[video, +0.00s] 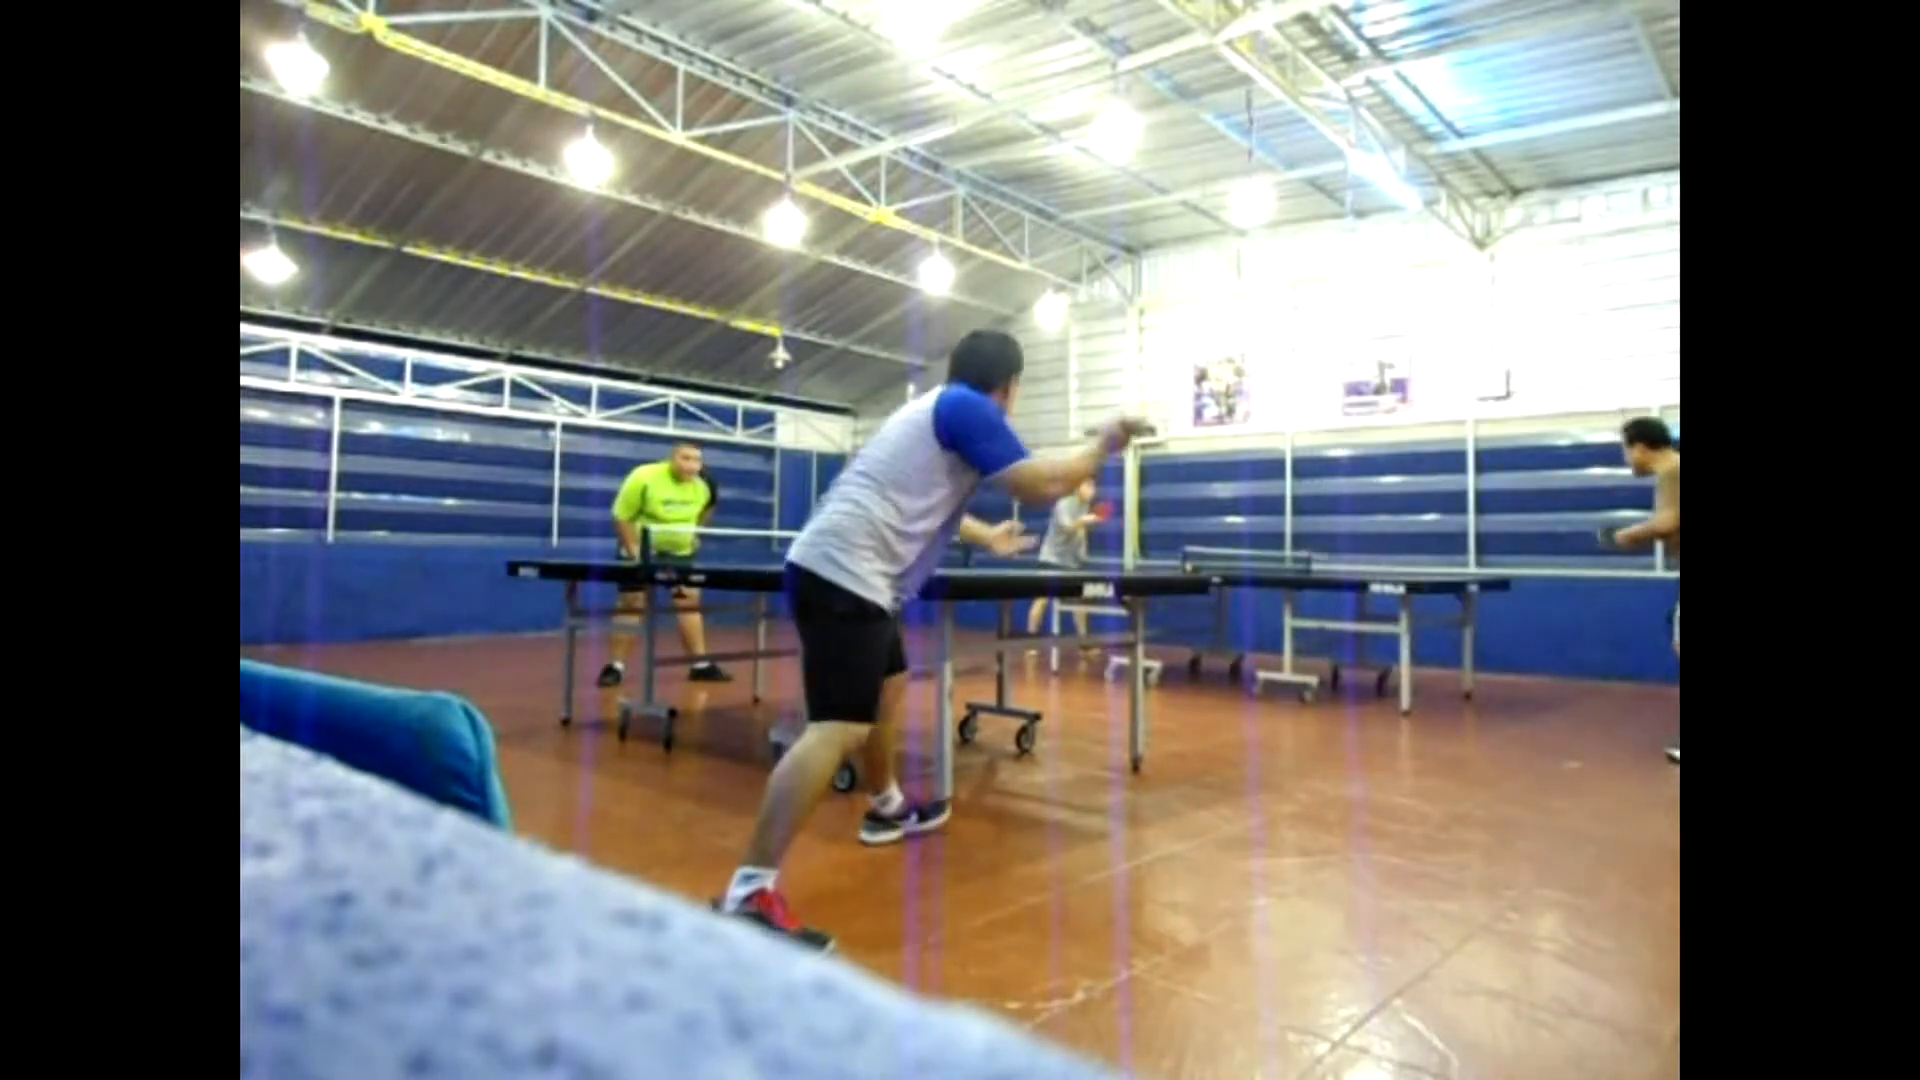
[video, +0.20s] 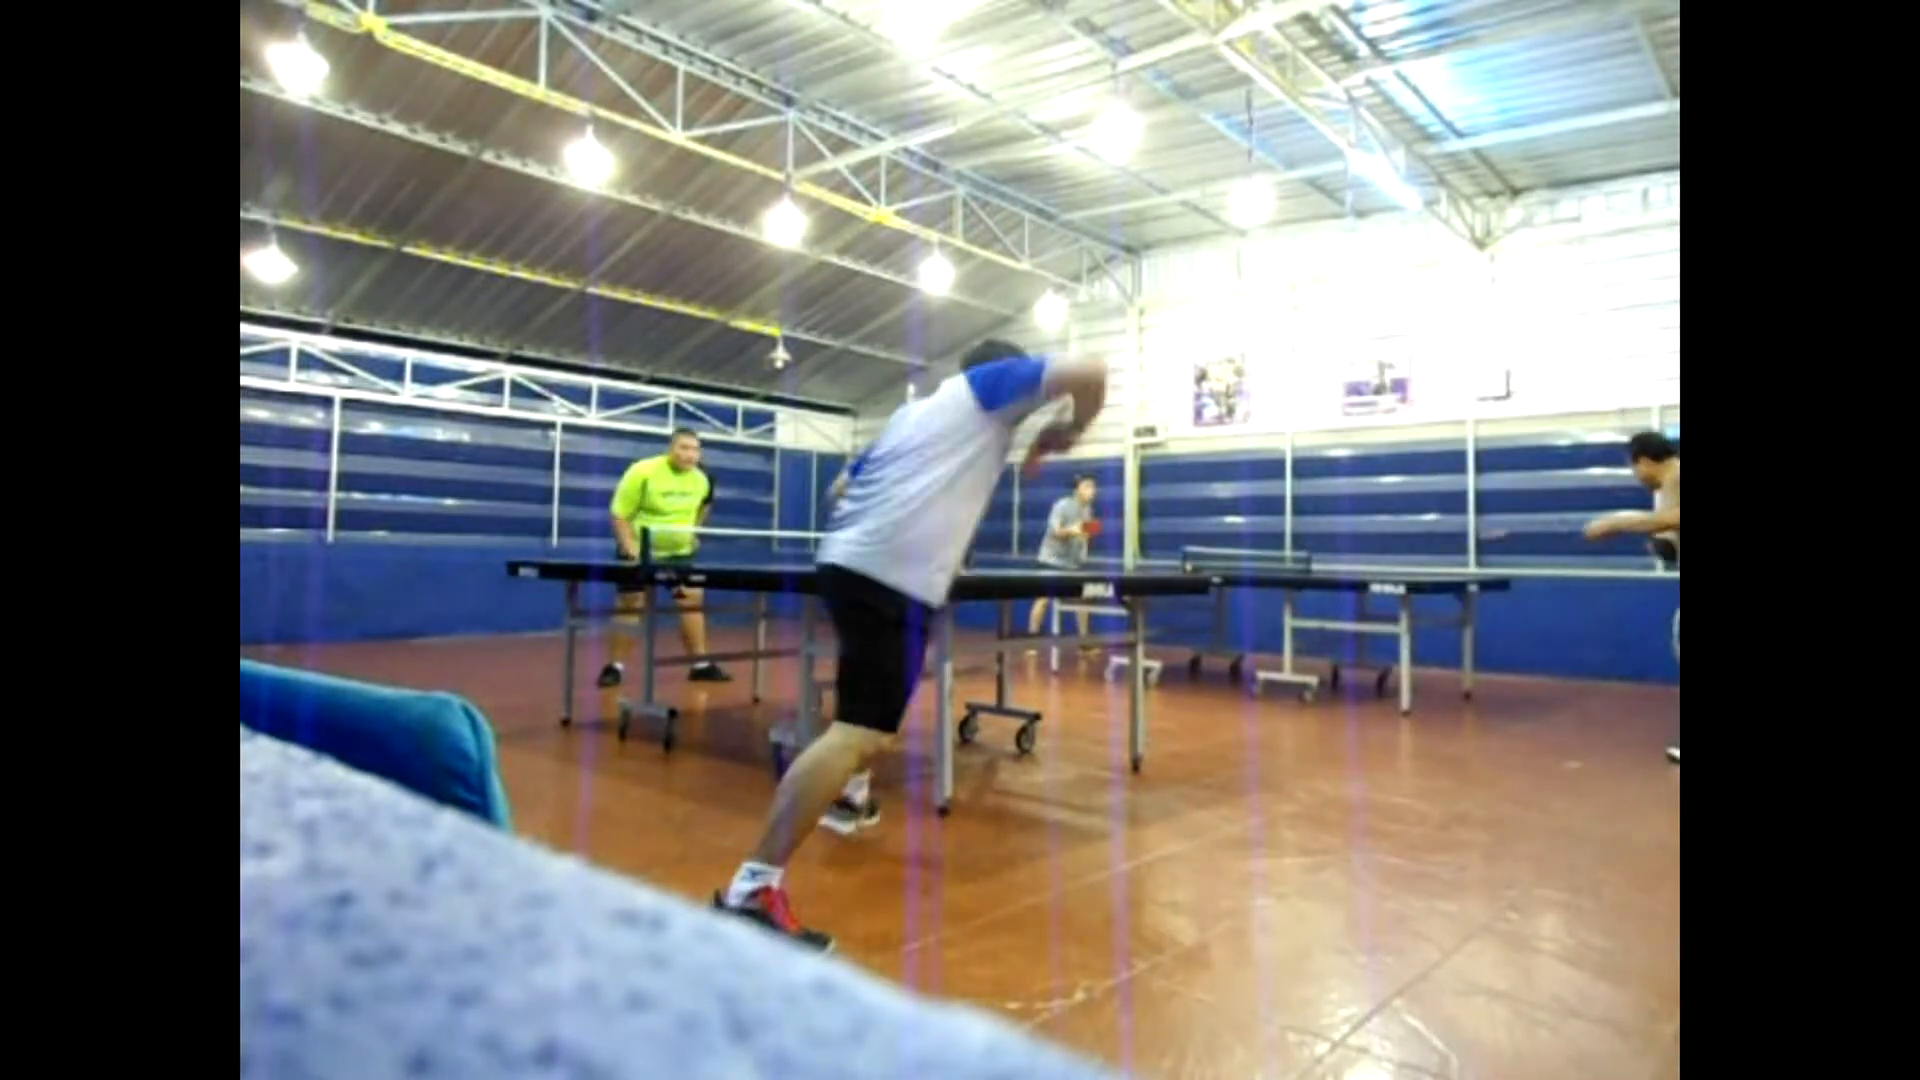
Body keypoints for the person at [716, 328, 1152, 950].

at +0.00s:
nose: (1017, 394)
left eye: (1017, 385)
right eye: (1016, 384)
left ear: (961, 371)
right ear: (1004, 383)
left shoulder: (933, 414)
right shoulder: (964, 408)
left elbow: (925, 502)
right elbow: (1036, 484)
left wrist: (984, 535)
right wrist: (1102, 448)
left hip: (861, 572)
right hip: (839, 569)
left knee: (887, 681)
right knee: (839, 724)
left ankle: (886, 804)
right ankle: (750, 887)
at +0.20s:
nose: (1029, 392)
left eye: (1026, 382)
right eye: (1025, 380)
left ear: (966, 370)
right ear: (1005, 373)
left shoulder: (917, 412)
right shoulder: (986, 387)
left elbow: (850, 483)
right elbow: (1090, 373)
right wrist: (1070, 429)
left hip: (852, 564)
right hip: (888, 574)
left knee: (874, 697)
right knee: (859, 732)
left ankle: (847, 783)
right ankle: (755, 883)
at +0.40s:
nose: (1015, 403)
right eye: (1014, 395)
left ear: (959, 400)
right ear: (1010, 394)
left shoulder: (917, 435)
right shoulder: (1024, 408)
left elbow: (841, 491)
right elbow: (1126, 444)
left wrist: (878, 572)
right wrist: (1099, 500)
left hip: (905, 579)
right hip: (970, 575)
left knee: (939, 699)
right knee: (955, 737)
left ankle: (929, 824)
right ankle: (807, 848)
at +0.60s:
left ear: (990, 411)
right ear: (1044, 402)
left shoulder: (966, 441)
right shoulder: (1079, 424)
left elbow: (914, 486)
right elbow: (1168, 473)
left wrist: (897, 574)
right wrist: (1155, 530)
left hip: (985, 588)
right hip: (1064, 582)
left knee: (972, 698)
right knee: (1098, 712)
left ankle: (934, 820)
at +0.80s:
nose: (1074, 417)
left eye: (1073, 409)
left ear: (1076, 411)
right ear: (1128, 405)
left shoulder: (1063, 448)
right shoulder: (1179, 438)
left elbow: (1031, 505)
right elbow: (1261, 490)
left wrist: (1006, 576)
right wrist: (1227, 531)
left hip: (1092, 605)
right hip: (1182, 599)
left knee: (1024, 711)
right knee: (1234, 711)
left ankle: (945, 817)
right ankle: (1295, 823)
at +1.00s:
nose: (1142, 390)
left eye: (1143, 382)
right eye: (1143, 383)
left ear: (1154, 379)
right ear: (1203, 374)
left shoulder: (1147, 406)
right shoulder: (1260, 417)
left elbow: (1115, 461)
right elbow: (1319, 495)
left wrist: (1090, 556)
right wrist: (1275, 535)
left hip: (1180, 572)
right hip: (1264, 574)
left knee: (1096, 668)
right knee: (1275, 695)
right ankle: (1305, 822)